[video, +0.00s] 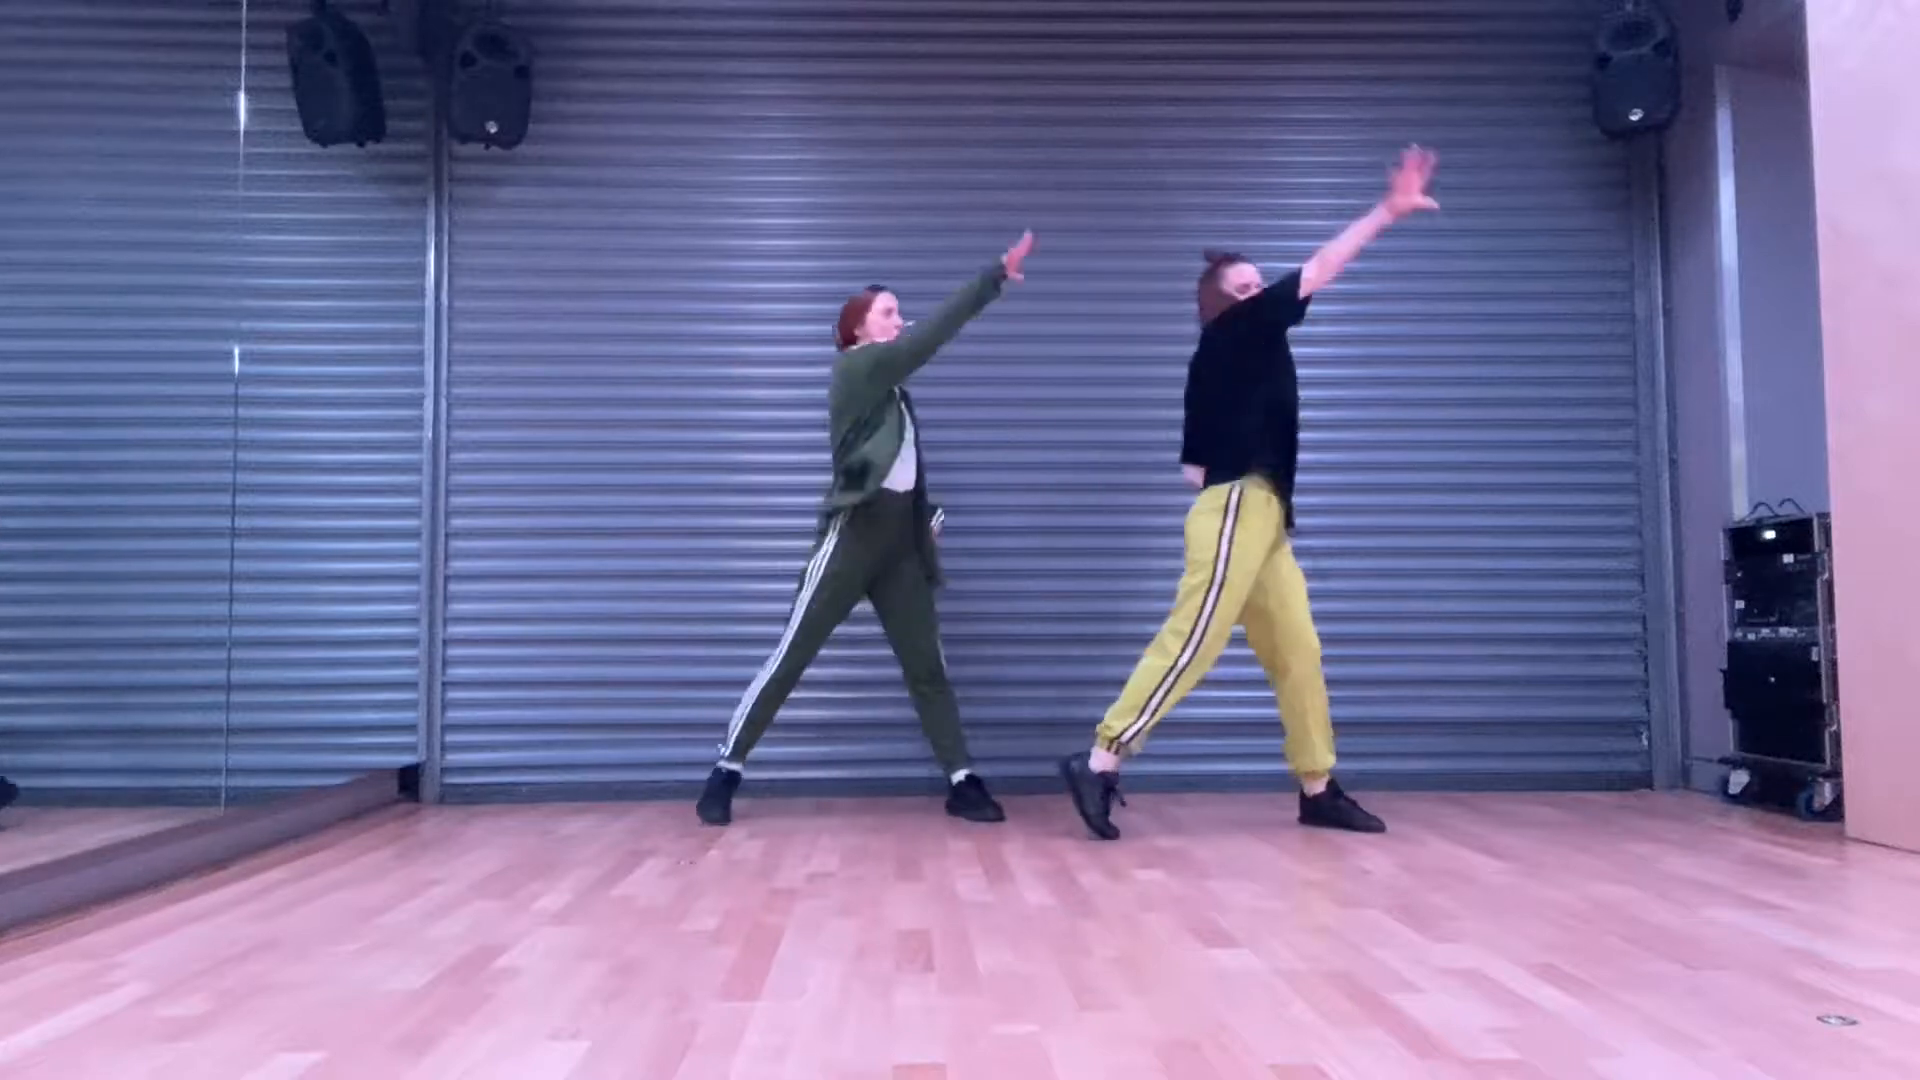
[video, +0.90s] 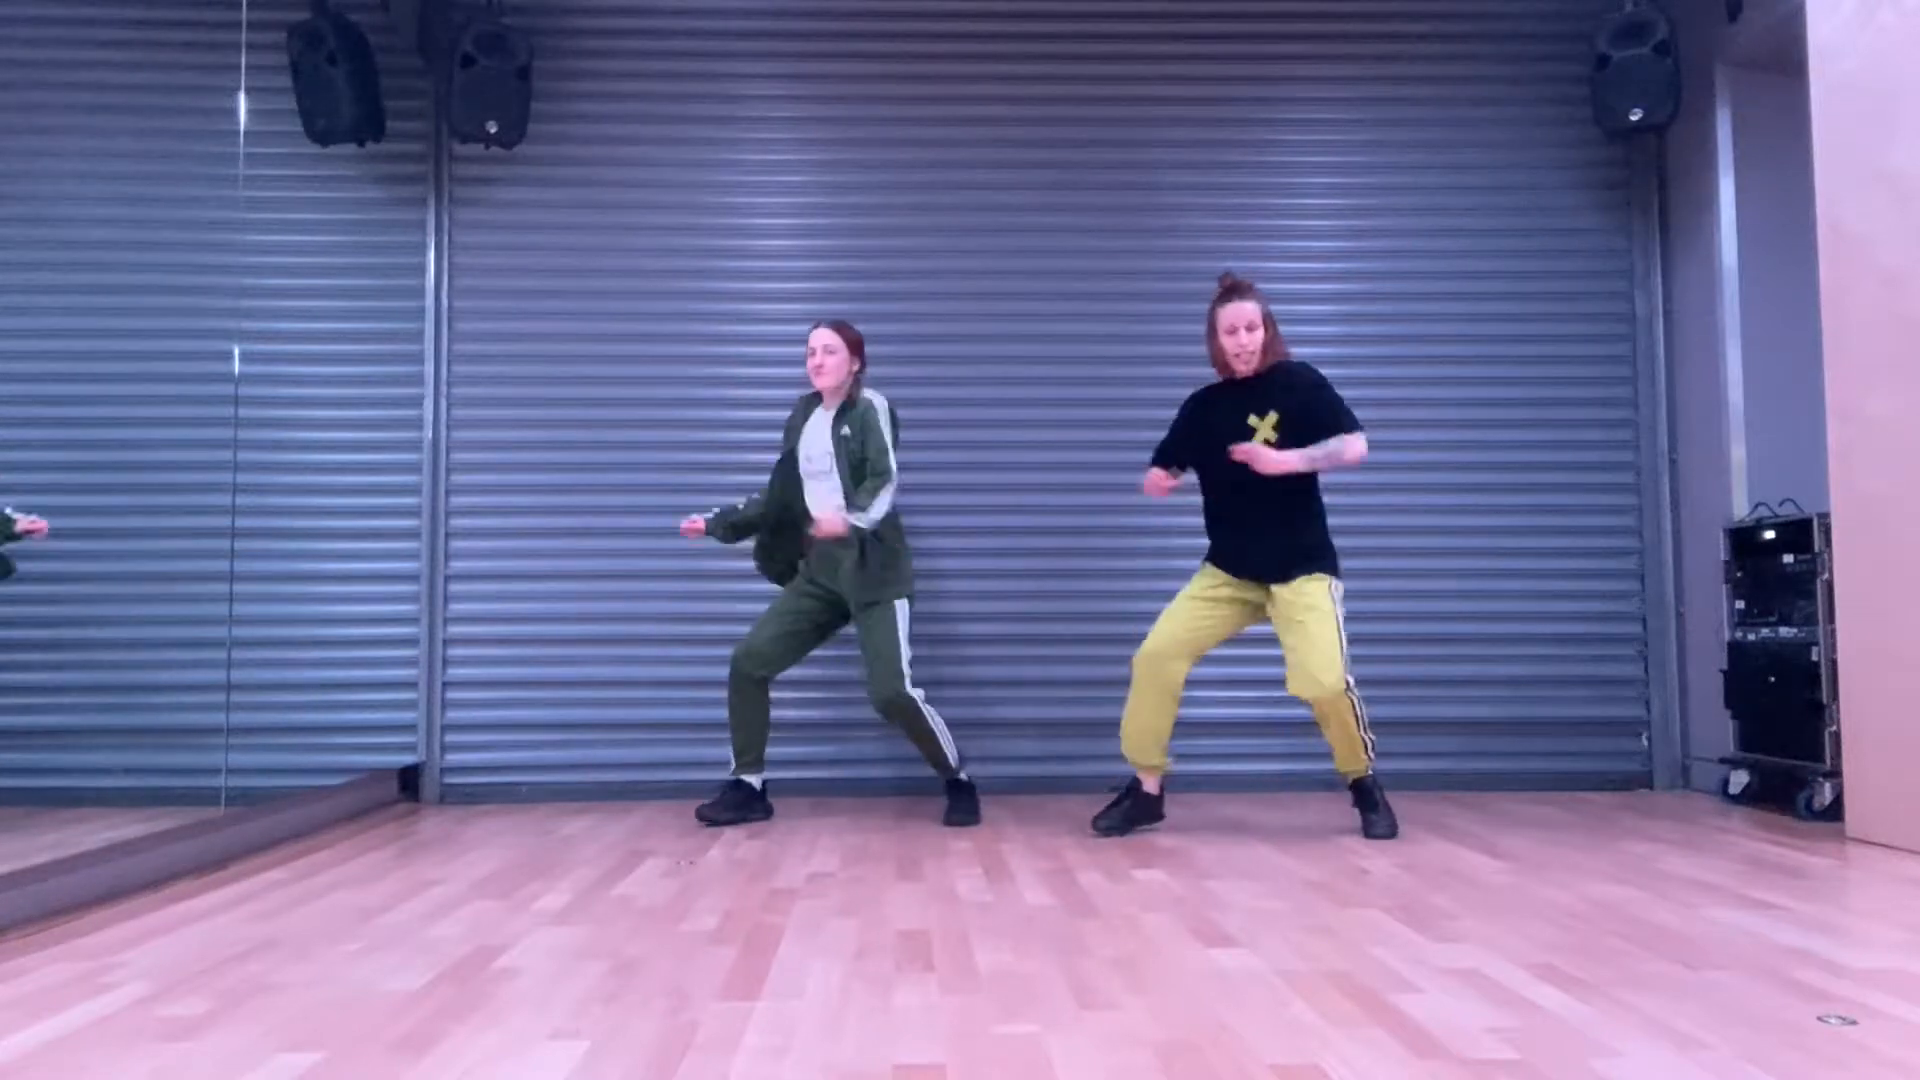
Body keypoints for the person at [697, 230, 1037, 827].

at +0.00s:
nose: (900, 322)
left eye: (899, 315)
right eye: (888, 314)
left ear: (887, 326)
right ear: (857, 327)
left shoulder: (891, 380)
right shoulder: (854, 367)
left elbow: (900, 466)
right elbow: (925, 337)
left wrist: (925, 517)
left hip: (902, 533)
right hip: (854, 528)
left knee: (927, 667)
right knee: (793, 654)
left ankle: (961, 780)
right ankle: (727, 770)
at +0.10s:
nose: (888, 337)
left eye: (889, 329)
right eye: (878, 328)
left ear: (881, 334)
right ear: (847, 334)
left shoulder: (881, 387)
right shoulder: (836, 375)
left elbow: (909, 468)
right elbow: (906, 356)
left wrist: (938, 523)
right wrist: (930, 318)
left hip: (921, 536)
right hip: (870, 537)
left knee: (939, 663)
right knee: (823, 662)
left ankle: (961, 779)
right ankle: (750, 777)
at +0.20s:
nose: (873, 360)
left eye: (877, 352)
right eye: (862, 351)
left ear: (878, 360)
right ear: (834, 356)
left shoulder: (876, 409)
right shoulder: (822, 398)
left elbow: (912, 477)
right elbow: (906, 415)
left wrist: (952, 526)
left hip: (930, 547)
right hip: (875, 551)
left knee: (952, 666)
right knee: (849, 678)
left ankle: (964, 782)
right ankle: (771, 781)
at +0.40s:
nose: (853, 373)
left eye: (861, 364)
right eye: (843, 364)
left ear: (872, 374)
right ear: (825, 374)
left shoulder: (874, 431)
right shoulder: (816, 427)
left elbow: (890, 513)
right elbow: (769, 488)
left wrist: (917, 548)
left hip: (874, 582)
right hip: (817, 583)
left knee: (956, 657)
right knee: (792, 693)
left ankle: (956, 785)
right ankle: (742, 790)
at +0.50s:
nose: (840, 373)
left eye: (849, 364)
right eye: (830, 367)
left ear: (866, 376)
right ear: (817, 380)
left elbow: (896, 521)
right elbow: (731, 482)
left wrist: (866, 519)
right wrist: (660, 507)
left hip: (856, 588)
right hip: (788, 586)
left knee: (938, 659)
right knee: (770, 696)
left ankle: (955, 784)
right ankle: (743, 790)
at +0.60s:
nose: (835, 363)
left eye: (844, 354)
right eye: (826, 357)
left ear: (865, 362)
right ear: (816, 367)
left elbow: (855, 485)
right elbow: (736, 479)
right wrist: (670, 491)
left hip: (839, 570)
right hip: (770, 567)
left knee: (910, 660)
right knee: (748, 675)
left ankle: (945, 783)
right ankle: (744, 787)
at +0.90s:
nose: (818, 360)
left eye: (829, 351)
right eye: (812, 352)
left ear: (854, 362)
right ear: (806, 363)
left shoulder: (871, 408)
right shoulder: (801, 421)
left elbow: (884, 480)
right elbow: (778, 503)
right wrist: (716, 525)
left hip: (873, 564)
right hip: (819, 568)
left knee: (891, 692)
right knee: (749, 663)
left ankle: (958, 783)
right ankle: (748, 789)